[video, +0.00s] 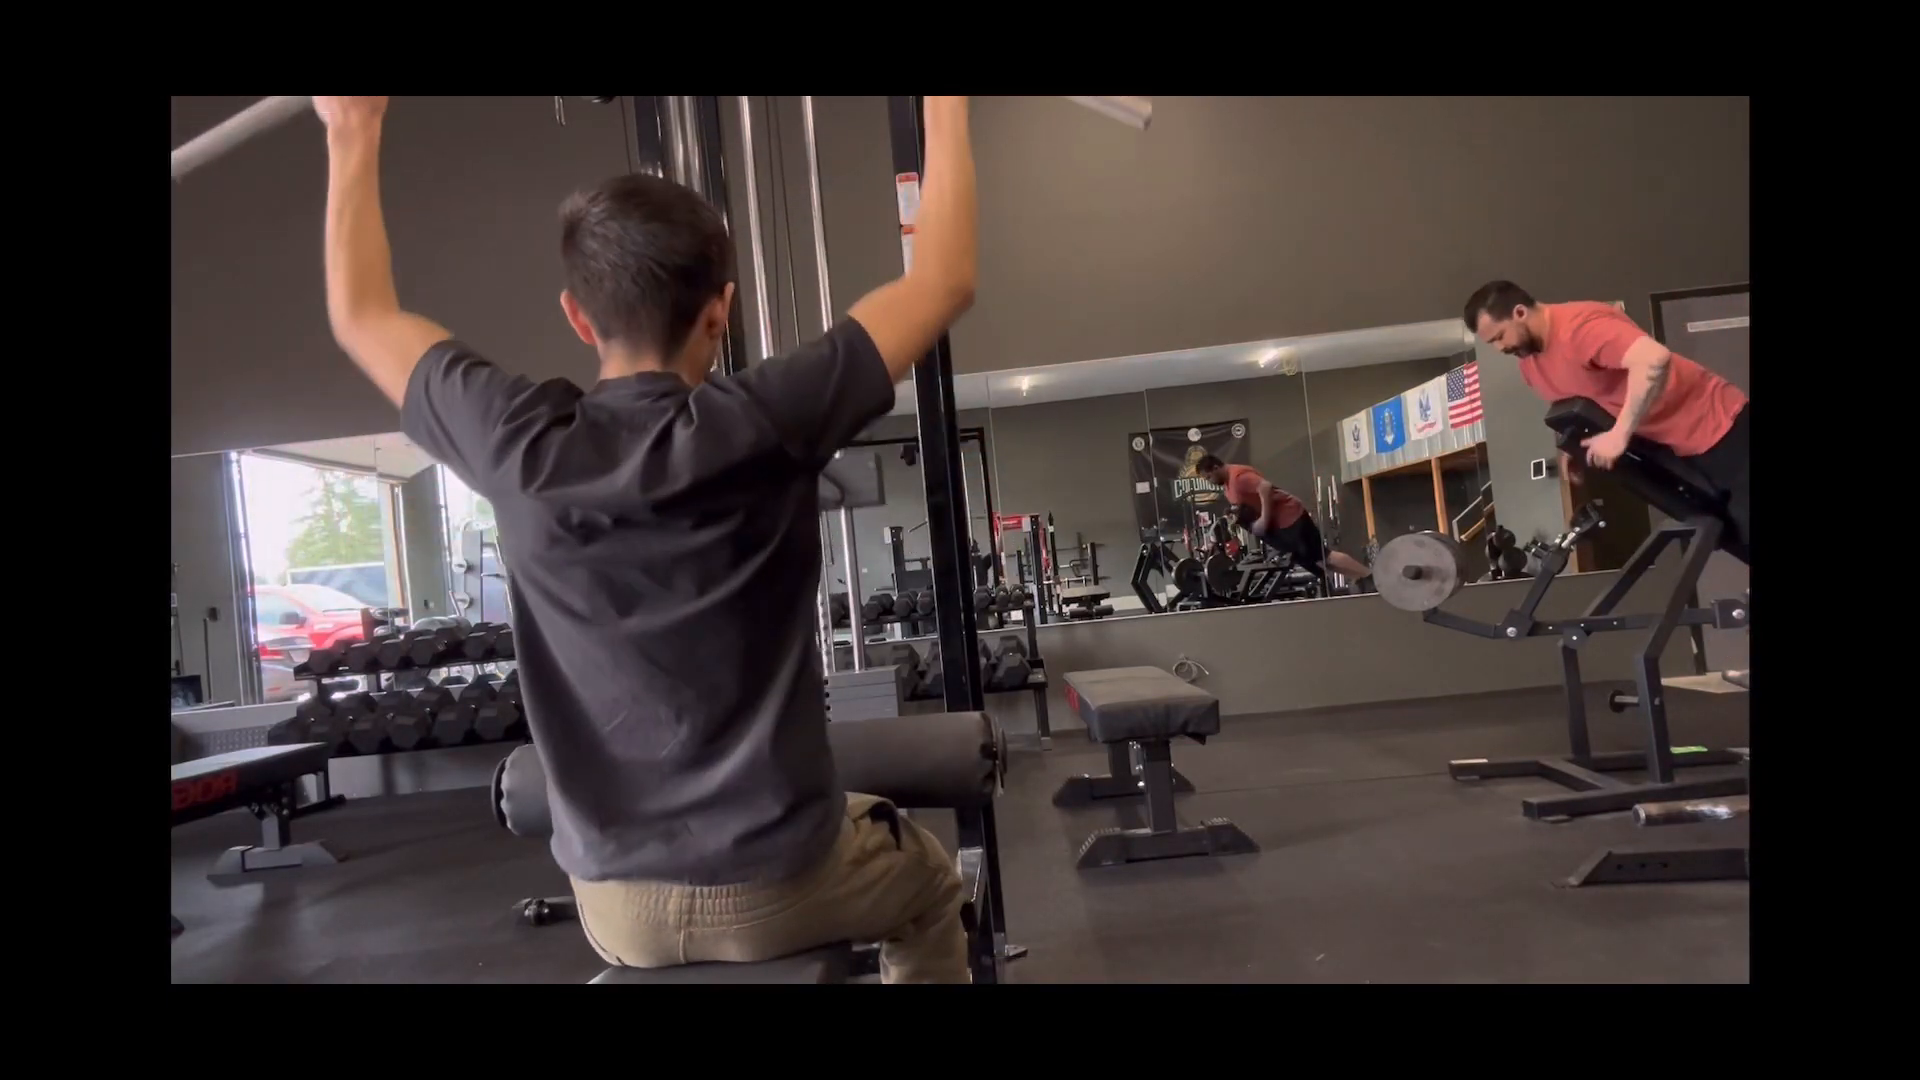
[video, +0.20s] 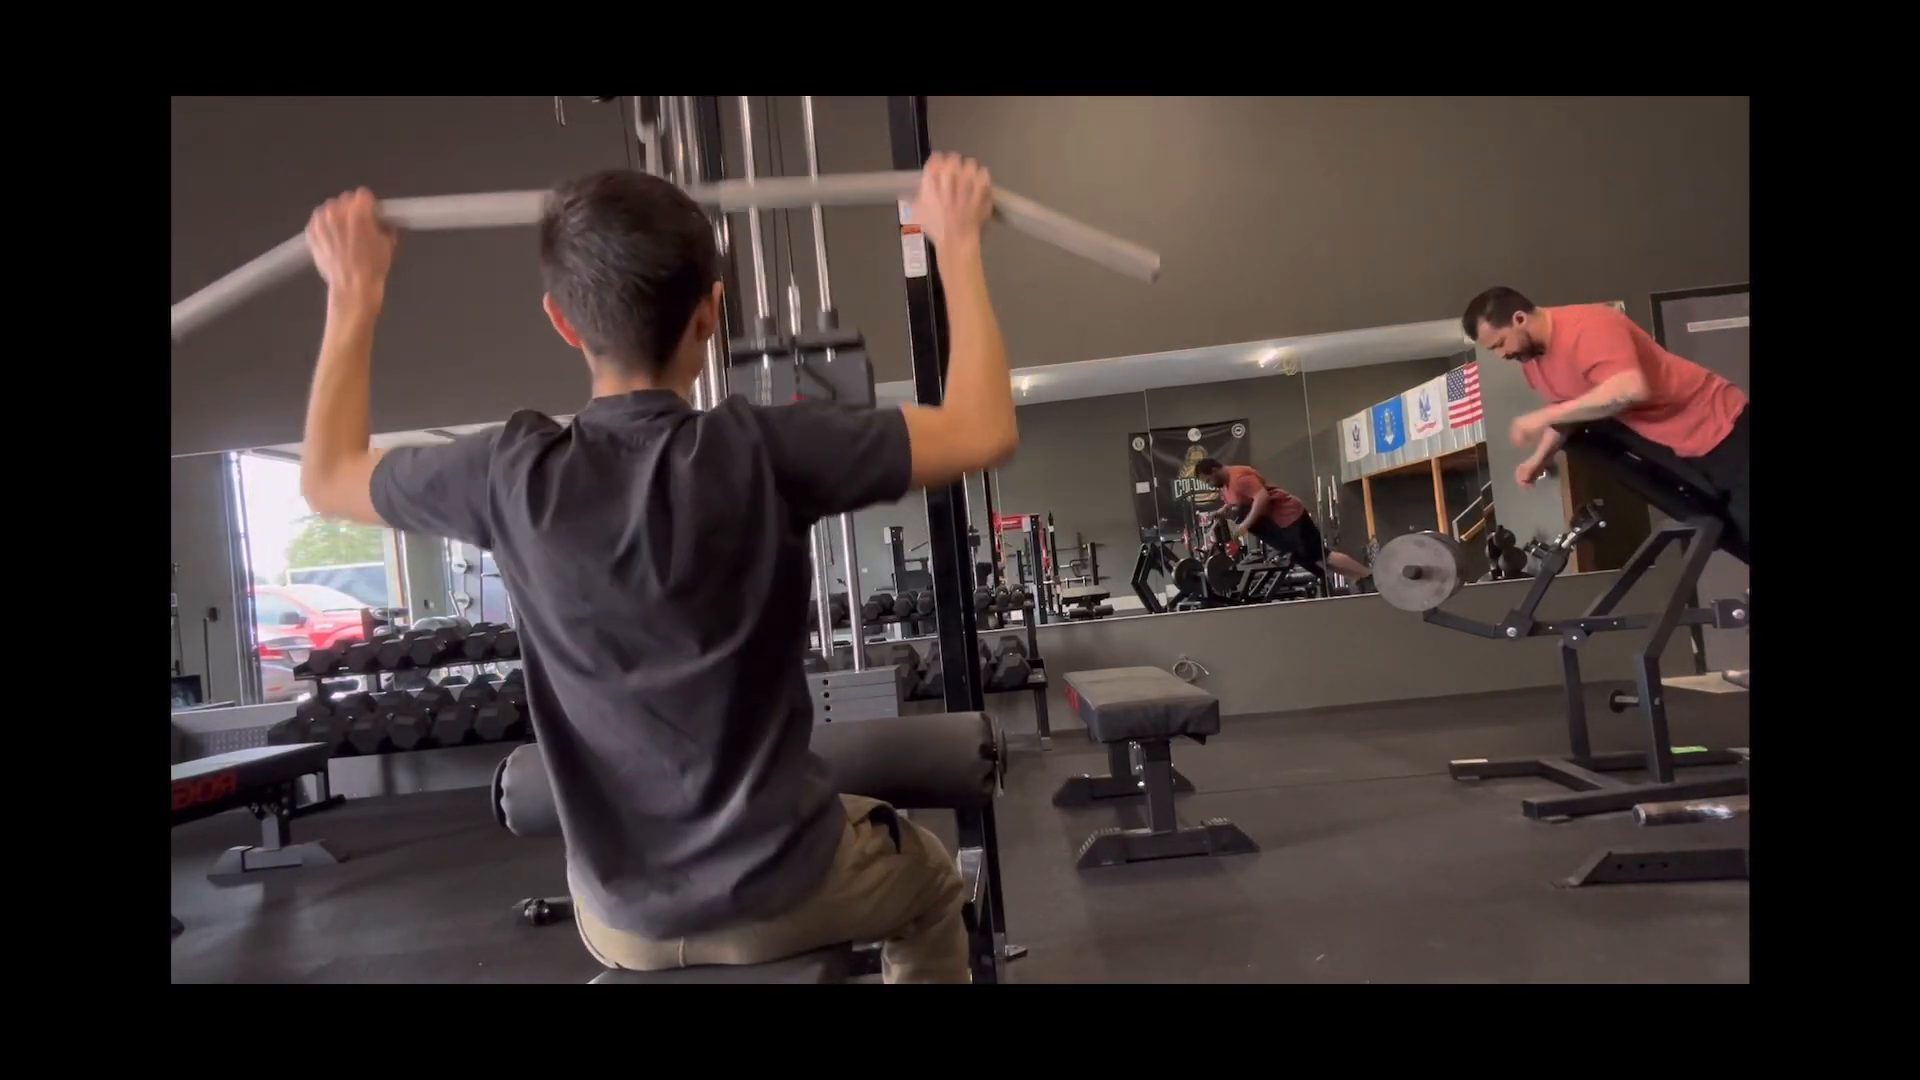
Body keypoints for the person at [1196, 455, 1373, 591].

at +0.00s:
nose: (1209, 480)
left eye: (1209, 476)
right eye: (1206, 478)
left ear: (1216, 467)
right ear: (1211, 472)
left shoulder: (1239, 477)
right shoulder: (1228, 484)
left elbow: (1265, 488)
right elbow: (1246, 504)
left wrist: (1263, 519)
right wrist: (1238, 514)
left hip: (1291, 517)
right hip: (1278, 526)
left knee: (1323, 555)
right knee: (1317, 561)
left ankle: (1367, 574)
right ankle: (1358, 578)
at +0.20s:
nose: (1208, 484)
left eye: (1207, 479)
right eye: (1205, 481)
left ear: (1214, 470)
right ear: (1211, 474)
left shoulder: (1239, 477)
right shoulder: (1226, 486)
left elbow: (1262, 497)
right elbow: (1236, 505)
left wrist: (1246, 524)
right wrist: (1221, 513)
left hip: (1291, 516)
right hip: (1278, 526)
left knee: (1322, 556)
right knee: (1316, 560)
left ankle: (1367, 574)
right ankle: (1358, 577)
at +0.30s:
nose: (1207, 484)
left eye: (1205, 479)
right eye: (1203, 482)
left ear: (1212, 470)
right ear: (1206, 479)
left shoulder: (1237, 476)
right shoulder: (1222, 490)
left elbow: (1258, 500)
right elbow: (1226, 511)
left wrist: (1239, 525)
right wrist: (1209, 507)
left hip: (1289, 514)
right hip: (1275, 527)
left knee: (1322, 554)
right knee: (1317, 562)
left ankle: (1366, 576)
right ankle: (1359, 579)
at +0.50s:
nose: (1207, 488)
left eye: (1206, 482)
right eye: (1202, 487)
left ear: (1212, 472)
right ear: (1202, 484)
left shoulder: (1235, 478)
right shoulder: (1219, 489)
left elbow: (1258, 501)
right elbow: (1225, 510)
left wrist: (1251, 532)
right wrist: (1205, 502)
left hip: (1287, 512)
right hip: (1272, 524)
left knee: (1322, 554)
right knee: (1311, 560)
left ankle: (1363, 581)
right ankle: (1355, 581)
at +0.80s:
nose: (1206, 489)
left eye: (1206, 484)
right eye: (1203, 487)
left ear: (1212, 474)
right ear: (1205, 481)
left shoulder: (1236, 480)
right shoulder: (1222, 485)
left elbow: (1261, 503)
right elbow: (1216, 508)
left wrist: (1263, 535)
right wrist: (1205, 499)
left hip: (1289, 513)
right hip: (1274, 522)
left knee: (1322, 553)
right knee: (1311, 560)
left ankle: (1363, 581)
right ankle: (1353, 582)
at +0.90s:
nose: (1208, 490)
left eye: (1208, 485)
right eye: (1204, 488)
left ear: (1214, 474)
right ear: (1205, 482)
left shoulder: (1237, 481)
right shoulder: (1223, 484)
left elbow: (1261, 505)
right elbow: (1220, 506)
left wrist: (1262, 539)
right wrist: (1205, 499)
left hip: (1289, 514)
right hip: (1275, 522)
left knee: (1323, 553)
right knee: (1312, 560)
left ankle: (1363, 581)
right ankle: (1354, 582)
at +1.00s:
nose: (1207, 490)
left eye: (1206, 485)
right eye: (1203, 487)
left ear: (1213, 474)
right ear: (1207, 478)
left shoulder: (1237, 481)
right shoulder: (1223, 482)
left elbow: (1262, 507)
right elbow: (1206, 502)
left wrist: (1260, 542)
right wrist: (1203, 496)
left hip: (1288, 514)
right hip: (1274, 523)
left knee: (1322, 553)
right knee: (1313, 560)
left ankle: (1363, 581)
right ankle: (1354, 582)